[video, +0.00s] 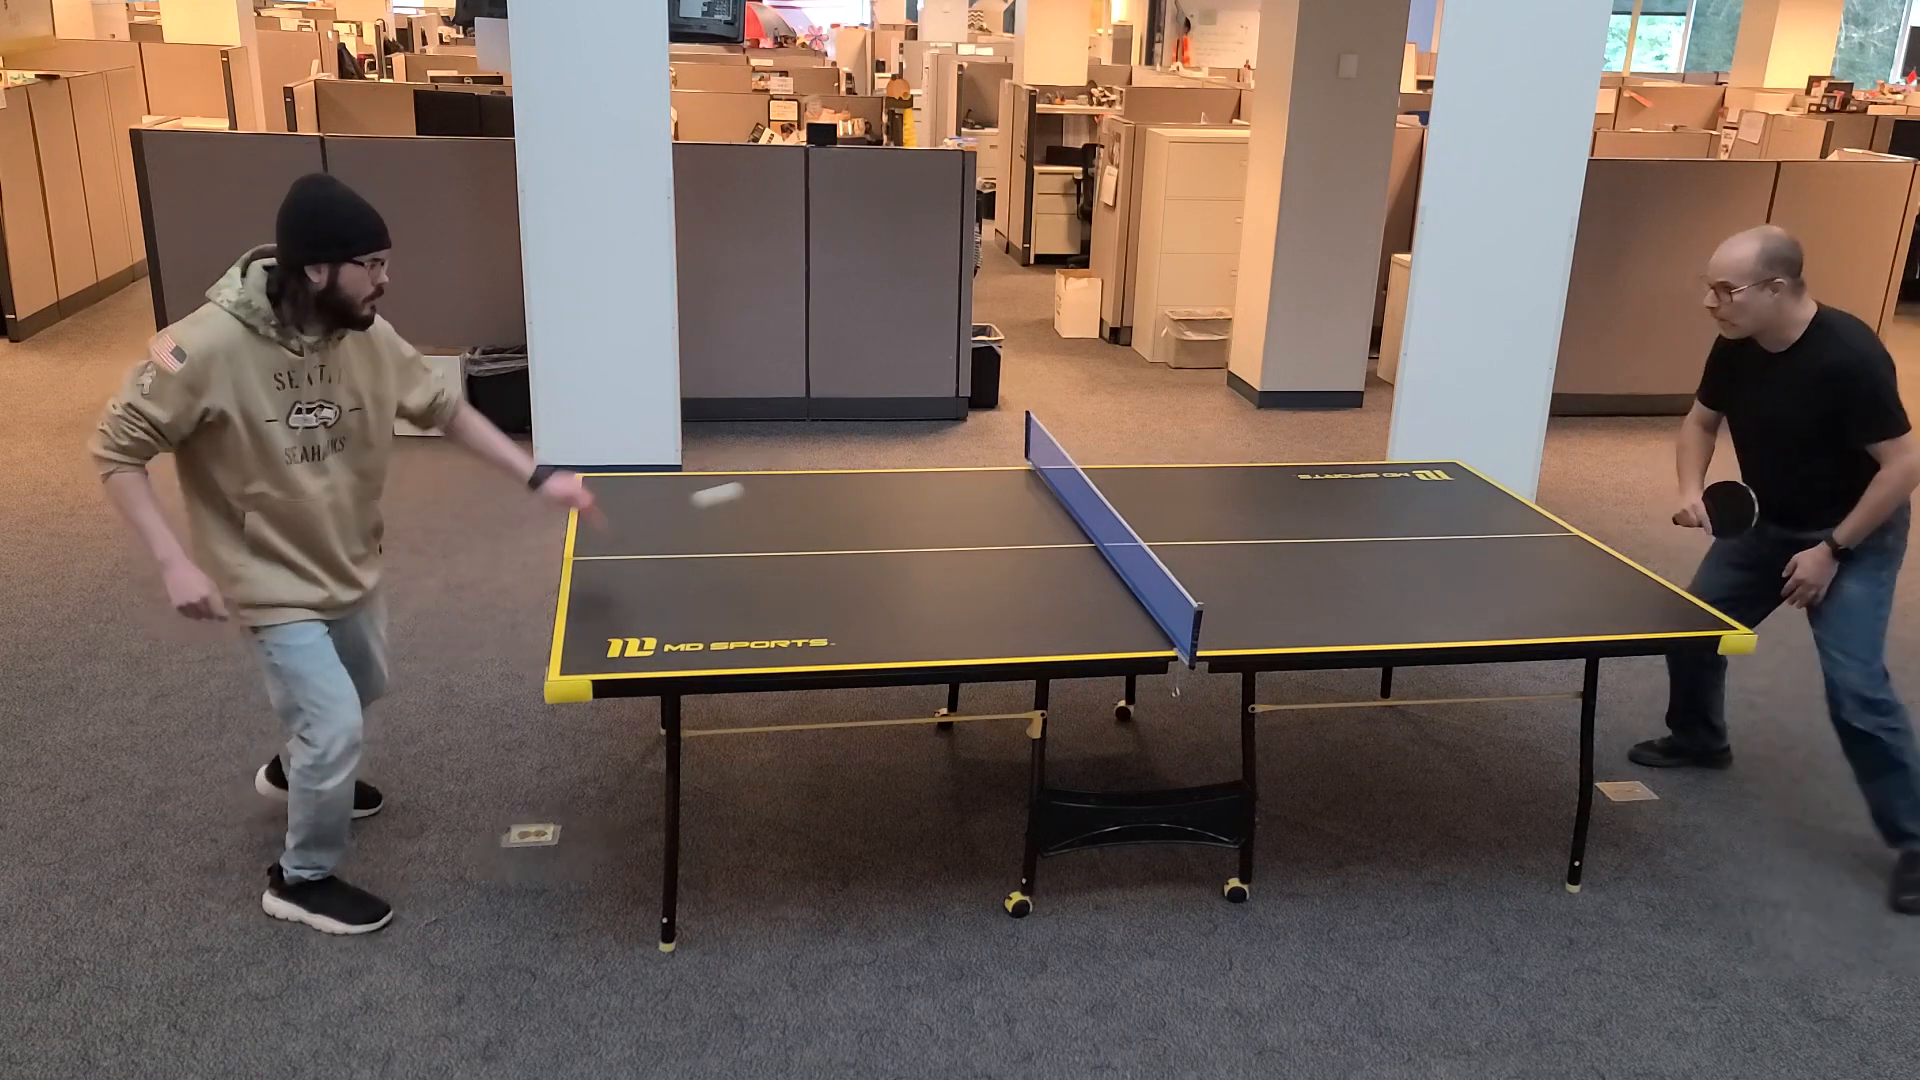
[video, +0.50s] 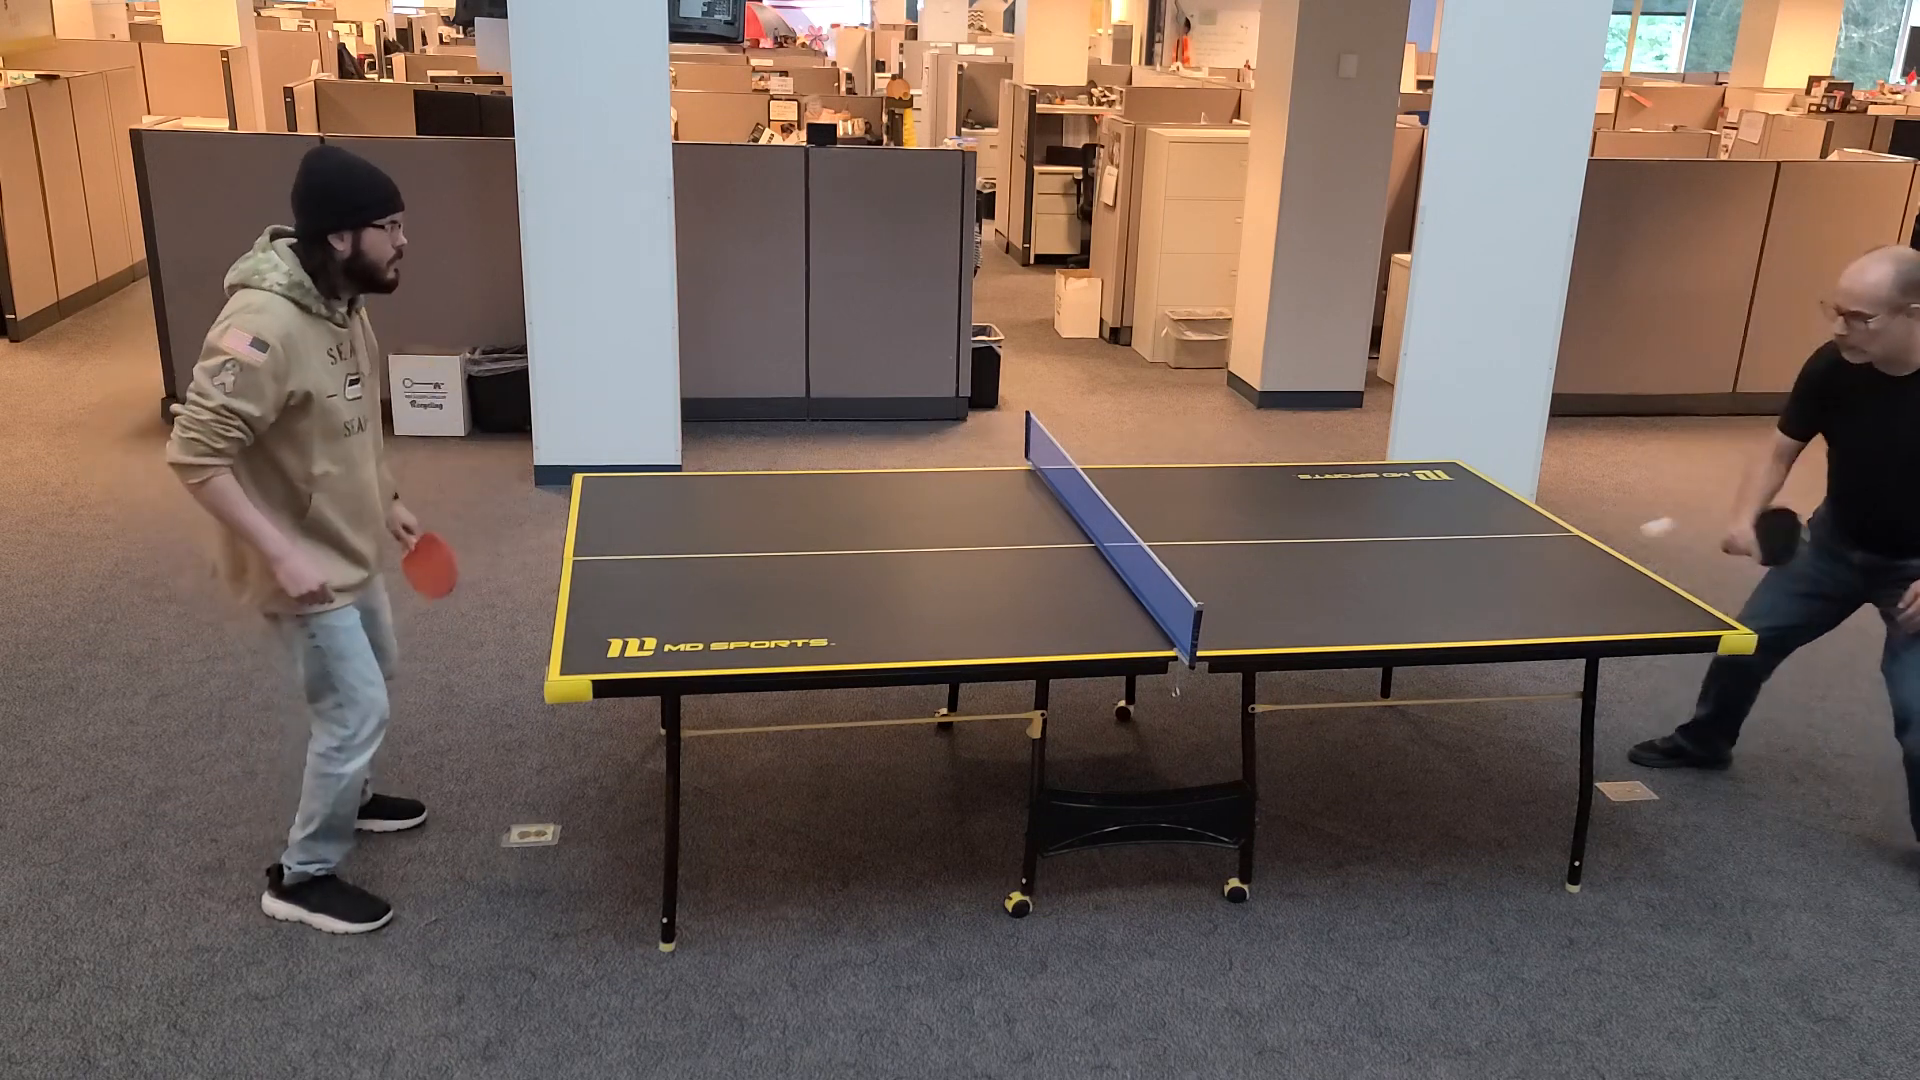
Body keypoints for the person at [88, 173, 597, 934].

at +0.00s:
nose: (385, 278)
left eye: (384, 261)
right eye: (371, 264)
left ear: (330, 272)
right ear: (316, 272)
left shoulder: (367, 341)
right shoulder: (208, 349)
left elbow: (448, 405)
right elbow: (116, 451)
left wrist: (538, 476)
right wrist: (174, 564)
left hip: (350, 565)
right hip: (269, 580)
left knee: (361, 688)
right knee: (333, 731)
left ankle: (298, 771)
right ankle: (302, 876)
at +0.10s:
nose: (388, 266)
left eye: (386, 249)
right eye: (373, 252)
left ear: (330, 262)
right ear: (319, 263)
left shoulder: (369, 324)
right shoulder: (217, 343)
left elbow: (443, 369)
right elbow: (115, 445)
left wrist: (535, 420)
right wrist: (187, 555)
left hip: (350, 561)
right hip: (273, 577)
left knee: (366, 680)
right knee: (335, 724)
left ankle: (305, 772)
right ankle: (304, 875)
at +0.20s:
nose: (391, 255)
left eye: (389, 238)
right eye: (376, 241)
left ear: (341, 250)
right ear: (324, 251)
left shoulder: (360, 312)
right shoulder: (226, 337)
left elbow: (414, 355)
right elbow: (132, 446)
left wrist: (484, 405)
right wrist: (209, 556)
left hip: (351, 551)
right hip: (280, 570)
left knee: (367, 671)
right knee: (340, 718)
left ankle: (337, 797)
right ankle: (301, 874)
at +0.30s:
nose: (396, 247)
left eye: (393, 231)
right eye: (383, 234)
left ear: (339, 246)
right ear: (333, 247)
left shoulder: (349, 297)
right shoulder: (240, 336)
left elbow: (383, 369)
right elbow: (153, 453)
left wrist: (439, 435)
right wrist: (232, 559)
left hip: (350, 549)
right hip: (290, 570)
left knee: (370, 674)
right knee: (344, 716)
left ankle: (344, 801)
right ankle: (301, 875)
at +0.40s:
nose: (400, 245)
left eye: (397, 230)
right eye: (387, 233)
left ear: (343, 245)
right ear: (337, 246)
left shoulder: (344, 300)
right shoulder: (254, 334)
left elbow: (352, 411)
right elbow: (179, 458)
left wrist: (403, 473)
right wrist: (263, 558)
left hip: (348, 549)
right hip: (294, 570)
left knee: (373, 683)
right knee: (352, 715)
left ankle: (343, 803)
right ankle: (302, 875)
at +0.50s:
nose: (403, 240)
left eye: (399, 224)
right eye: (389, 227)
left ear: (344, 240)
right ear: (339, 239)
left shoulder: (341, 303)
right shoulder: (262, 327)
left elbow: (346, 431)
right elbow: (194, 455)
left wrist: (388, 504)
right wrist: (281, 552)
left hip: (355, 546)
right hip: (303, 565)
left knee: (374, 682)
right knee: (352, 715)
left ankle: (344, 802)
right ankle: (301, 874)